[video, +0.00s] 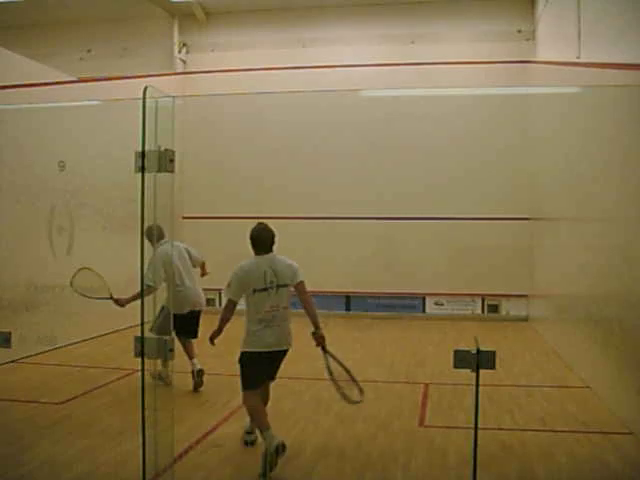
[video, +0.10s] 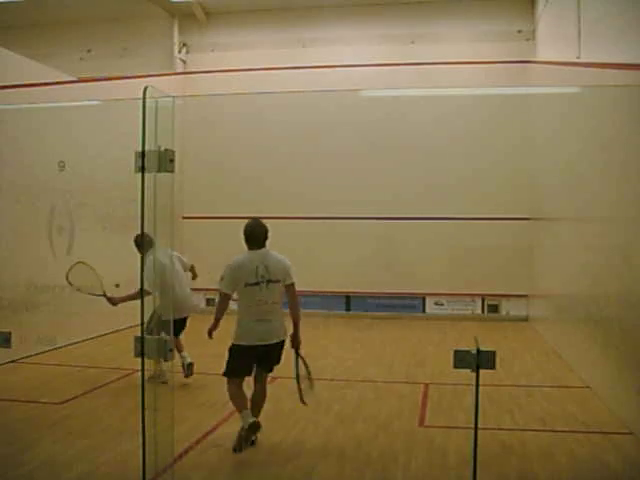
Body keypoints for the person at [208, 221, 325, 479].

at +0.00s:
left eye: (254, 241)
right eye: (268, 240)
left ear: (251, 244)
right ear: (274, 243)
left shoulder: (244, 272)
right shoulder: (288, 267)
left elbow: (229, 308)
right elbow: (305, 299)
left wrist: (218, 330)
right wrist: (317, 329)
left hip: (255, 346)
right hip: (281, 343)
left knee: (250, 395)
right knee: (264, 386)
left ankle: (271, 441)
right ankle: (251, 429)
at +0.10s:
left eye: (248, 236)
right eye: (262, 235)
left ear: (245, 239)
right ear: (267, 238)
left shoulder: (236, 266)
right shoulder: (281, 264)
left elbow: (224, 299)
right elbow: (293, 301)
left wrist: (215, 323)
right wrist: (296, 332)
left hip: (246, 339)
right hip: (275, 338)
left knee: (234, 381)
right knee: (261, 380)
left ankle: (248, 421)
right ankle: (250, 426)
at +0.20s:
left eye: (240, 229)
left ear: (238, 233)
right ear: (260, 232)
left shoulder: (230, 260)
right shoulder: (274, 257)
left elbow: (218, 294)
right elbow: (283, 292)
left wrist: (211, 319)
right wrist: (275, 312)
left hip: (238, 331)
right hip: (268, 330)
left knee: (229, 370)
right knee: (258, 376)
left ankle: (229, 417)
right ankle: (250, 428)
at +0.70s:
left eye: (226, 230)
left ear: (223, 233)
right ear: (241, 232)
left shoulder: (213, 255)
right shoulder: (254, 252)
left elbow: (204, 285)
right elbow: (267, 279)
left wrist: (203, 309)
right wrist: (268, 300)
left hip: (224, 316)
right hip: (251, 313)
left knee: (216, 348)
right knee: (263, 351)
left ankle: (216, 389)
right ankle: (265, 398)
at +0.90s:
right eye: (251, 260)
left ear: (234, 261)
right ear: (252, 262)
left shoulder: (220, 282)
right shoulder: (258, 284)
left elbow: (208, 310)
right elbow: (271, 315)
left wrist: (215, 330)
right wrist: (281, 334)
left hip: (223, 339)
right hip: (248, 339)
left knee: (213, 362)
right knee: (275, 359)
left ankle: (195, 398)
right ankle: (290, 400)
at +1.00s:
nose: (268, 263)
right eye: (267, 260)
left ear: (250, 262)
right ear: (267, 262)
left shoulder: (236, 281)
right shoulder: (272, 285)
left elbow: (223, 311)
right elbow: (282, 317)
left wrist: (236, 326)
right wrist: (292, 344)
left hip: (236, 340)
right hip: (261, 341)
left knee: (221, 364)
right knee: (285, 358)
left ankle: (198, 398)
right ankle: (292, 401)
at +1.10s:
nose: (288, 255)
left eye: (286, 252)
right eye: (287, 252)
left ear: (269, 252)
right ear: (285, 253)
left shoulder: (255, 271)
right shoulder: (285, 275)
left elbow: (242, 299)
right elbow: (288, 308)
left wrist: (255, 315)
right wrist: (294, 337)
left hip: (253, 332)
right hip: (278, 333)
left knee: (243, 362)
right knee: (295, 360)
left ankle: (222, 399)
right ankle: (293, 402)